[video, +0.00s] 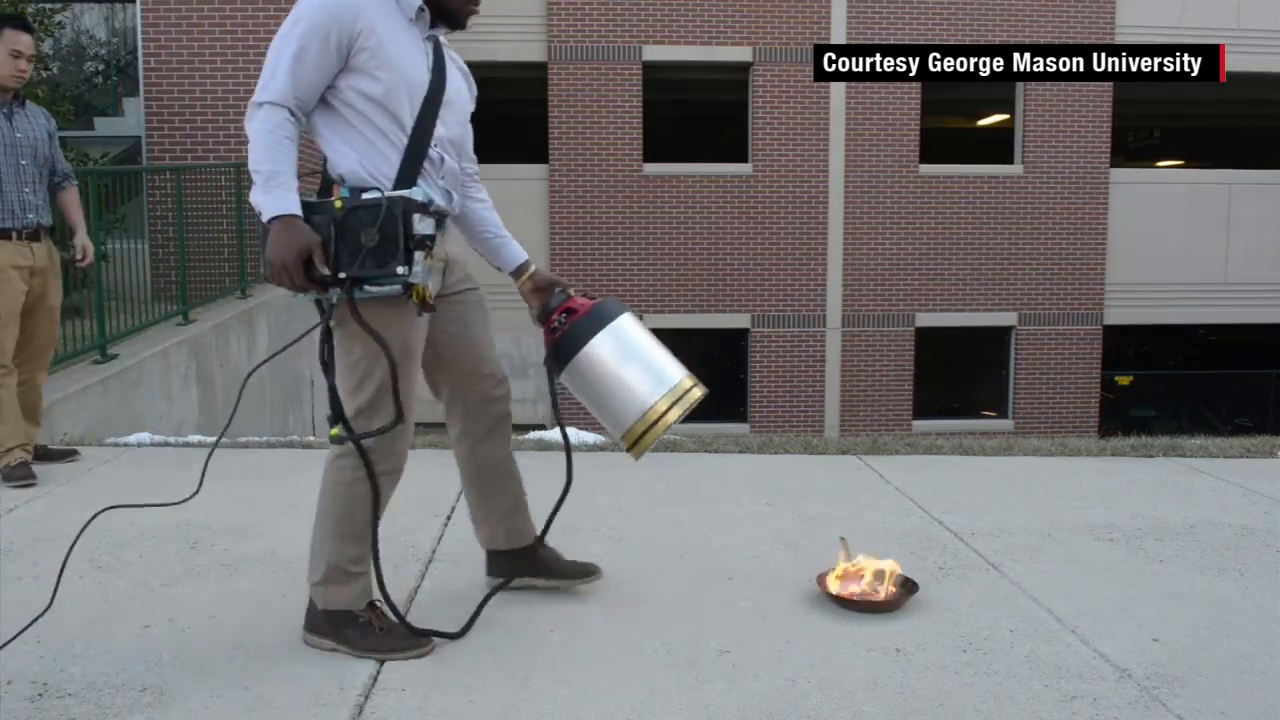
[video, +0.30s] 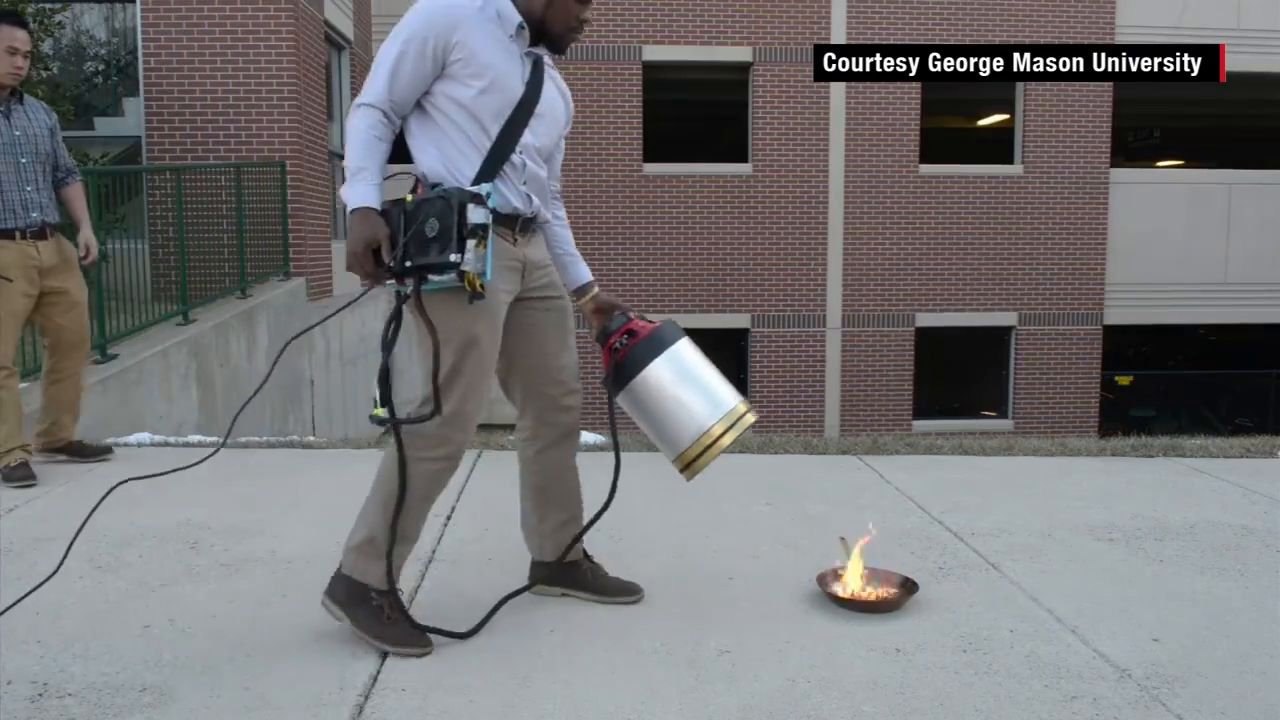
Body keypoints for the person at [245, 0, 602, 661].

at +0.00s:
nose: (477, 0)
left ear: (457, 5)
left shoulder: (457, 74)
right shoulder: (343, 9)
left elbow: (463, 185)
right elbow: (273, 107)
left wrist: (523, 269)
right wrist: (281, 215)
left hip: (443, 249)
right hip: (372, 251)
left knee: (482, 398)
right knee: (372, 434)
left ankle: (512, 548)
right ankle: (337, 605)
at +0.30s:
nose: (587, 19)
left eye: (589, 9)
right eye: (580, 5)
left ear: (560, 9)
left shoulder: (557, 93)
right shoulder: (448, 17)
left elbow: (547, 204)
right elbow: (374, 108)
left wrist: (586, 290)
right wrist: (363, 208)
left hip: (533, 254)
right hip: (459, 246)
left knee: (556, 403)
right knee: (444, 419)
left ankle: (556, 554)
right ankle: (362, 580)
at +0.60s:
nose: (658, 32)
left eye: (664, 20)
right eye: (655, 16)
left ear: (625, 10)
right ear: (617, 2)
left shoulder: (617, 105)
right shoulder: (522, 18)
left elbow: (603, 211)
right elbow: (442, 94)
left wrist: (631, 298)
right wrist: (412, 187)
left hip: (575, 250)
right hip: (499, 235)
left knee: (568, 408)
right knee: (479, 407)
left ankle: (558, 556)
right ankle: (424, 567)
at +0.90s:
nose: (692, 48)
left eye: (699, 37)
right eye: (689, 30)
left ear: (662, 19)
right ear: (651, 8)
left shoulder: (646, 119)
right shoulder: (561, 22)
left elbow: (629, 221)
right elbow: (472, 87)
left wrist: (659, 309)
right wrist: (430, 174)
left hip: (584, 253)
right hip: (510, 235)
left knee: (571, 408)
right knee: (474, 404)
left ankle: (557, 557)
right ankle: (424, 563)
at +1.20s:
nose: (689, 39)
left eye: (695, 28)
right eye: (686, 22)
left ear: (657, 14)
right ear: (648, 3)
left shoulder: (649, 111)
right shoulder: (554, 22)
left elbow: (630, 216)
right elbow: (469, 95)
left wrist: (656, 303)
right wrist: (432, 182)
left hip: (594, 252)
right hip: (517, 236)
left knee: (571, 408)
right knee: (485, 405)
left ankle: (556, 557)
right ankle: (437, 568)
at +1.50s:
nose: (680, 34)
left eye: (686, 22)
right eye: (676, 17)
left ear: (653, 14)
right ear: (638, 2)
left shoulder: (644, 105)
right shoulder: (546, 22)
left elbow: (627, 208)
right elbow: (465, 98)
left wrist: (649, 296)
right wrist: (432, 188)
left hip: (595, 251)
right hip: (517, 237)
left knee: (571, 409)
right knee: (492, 407)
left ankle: (556, 557)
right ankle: (443, 568)